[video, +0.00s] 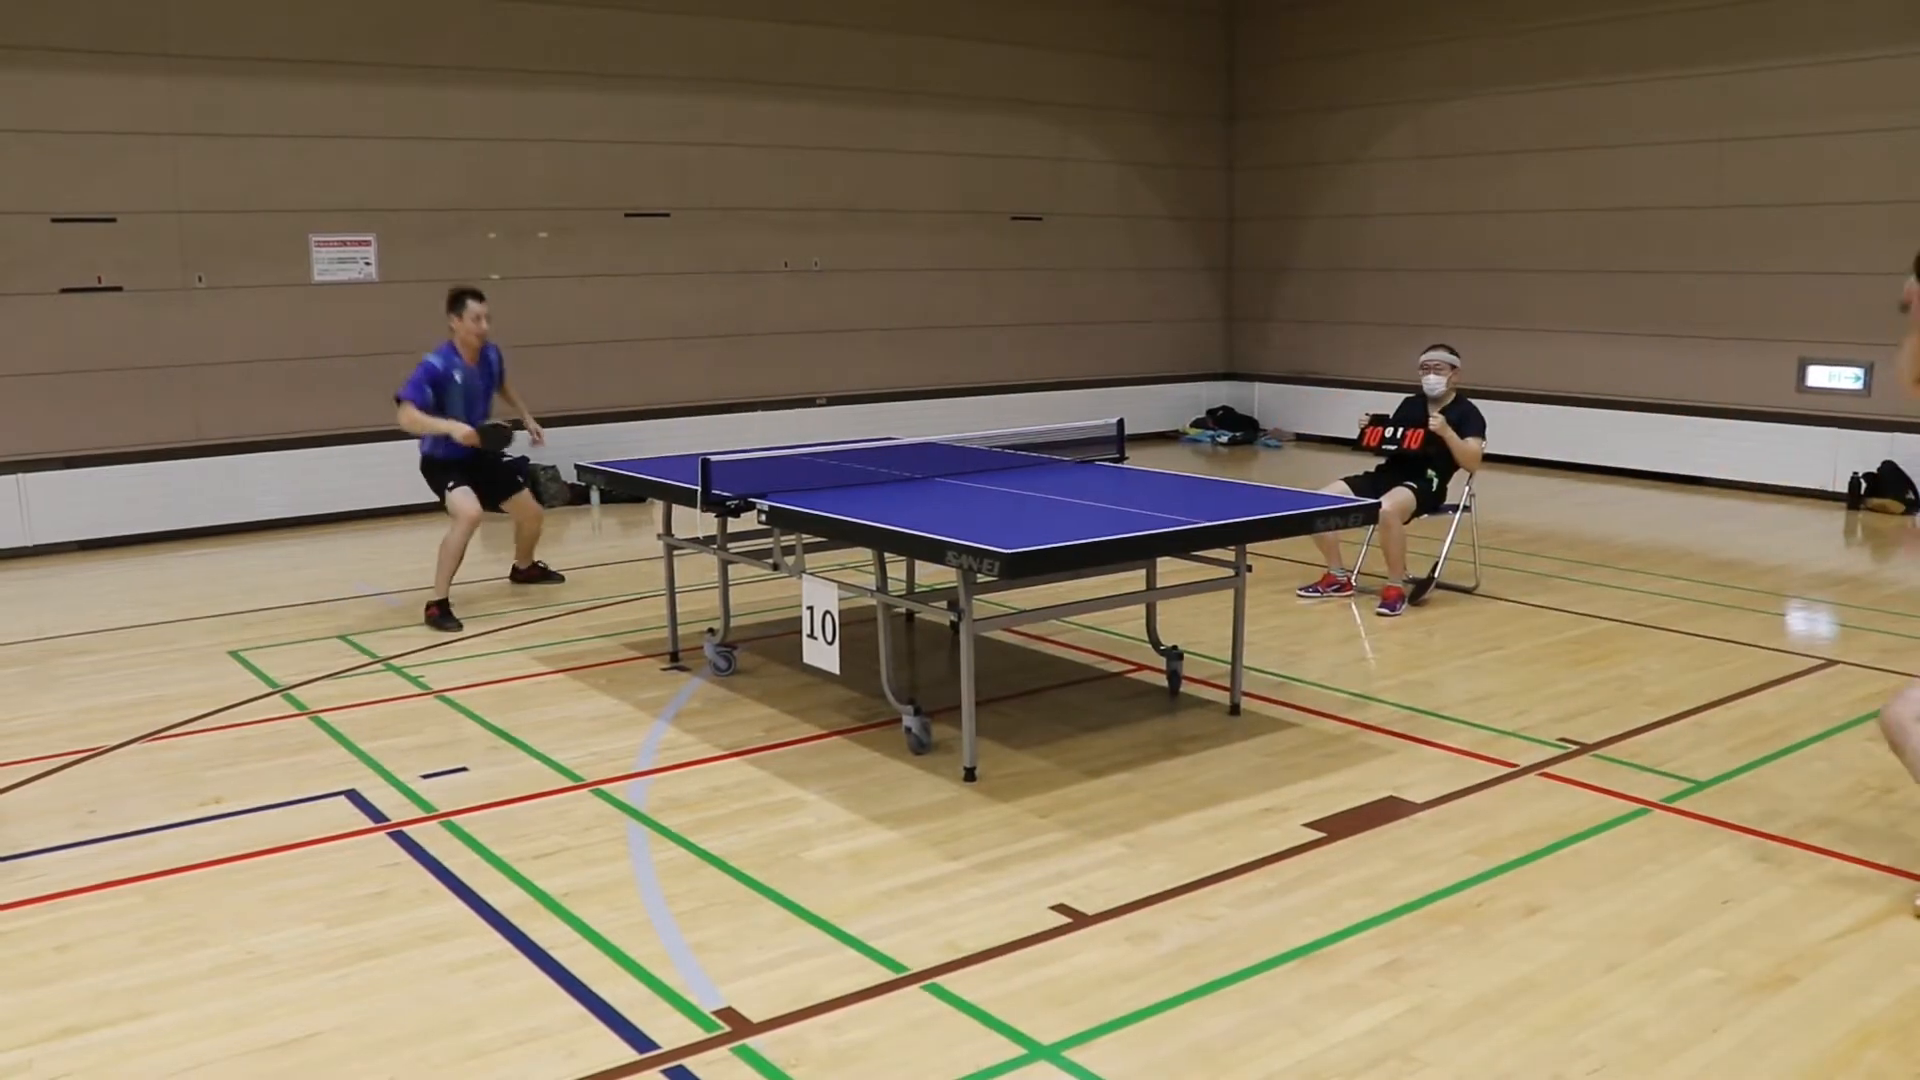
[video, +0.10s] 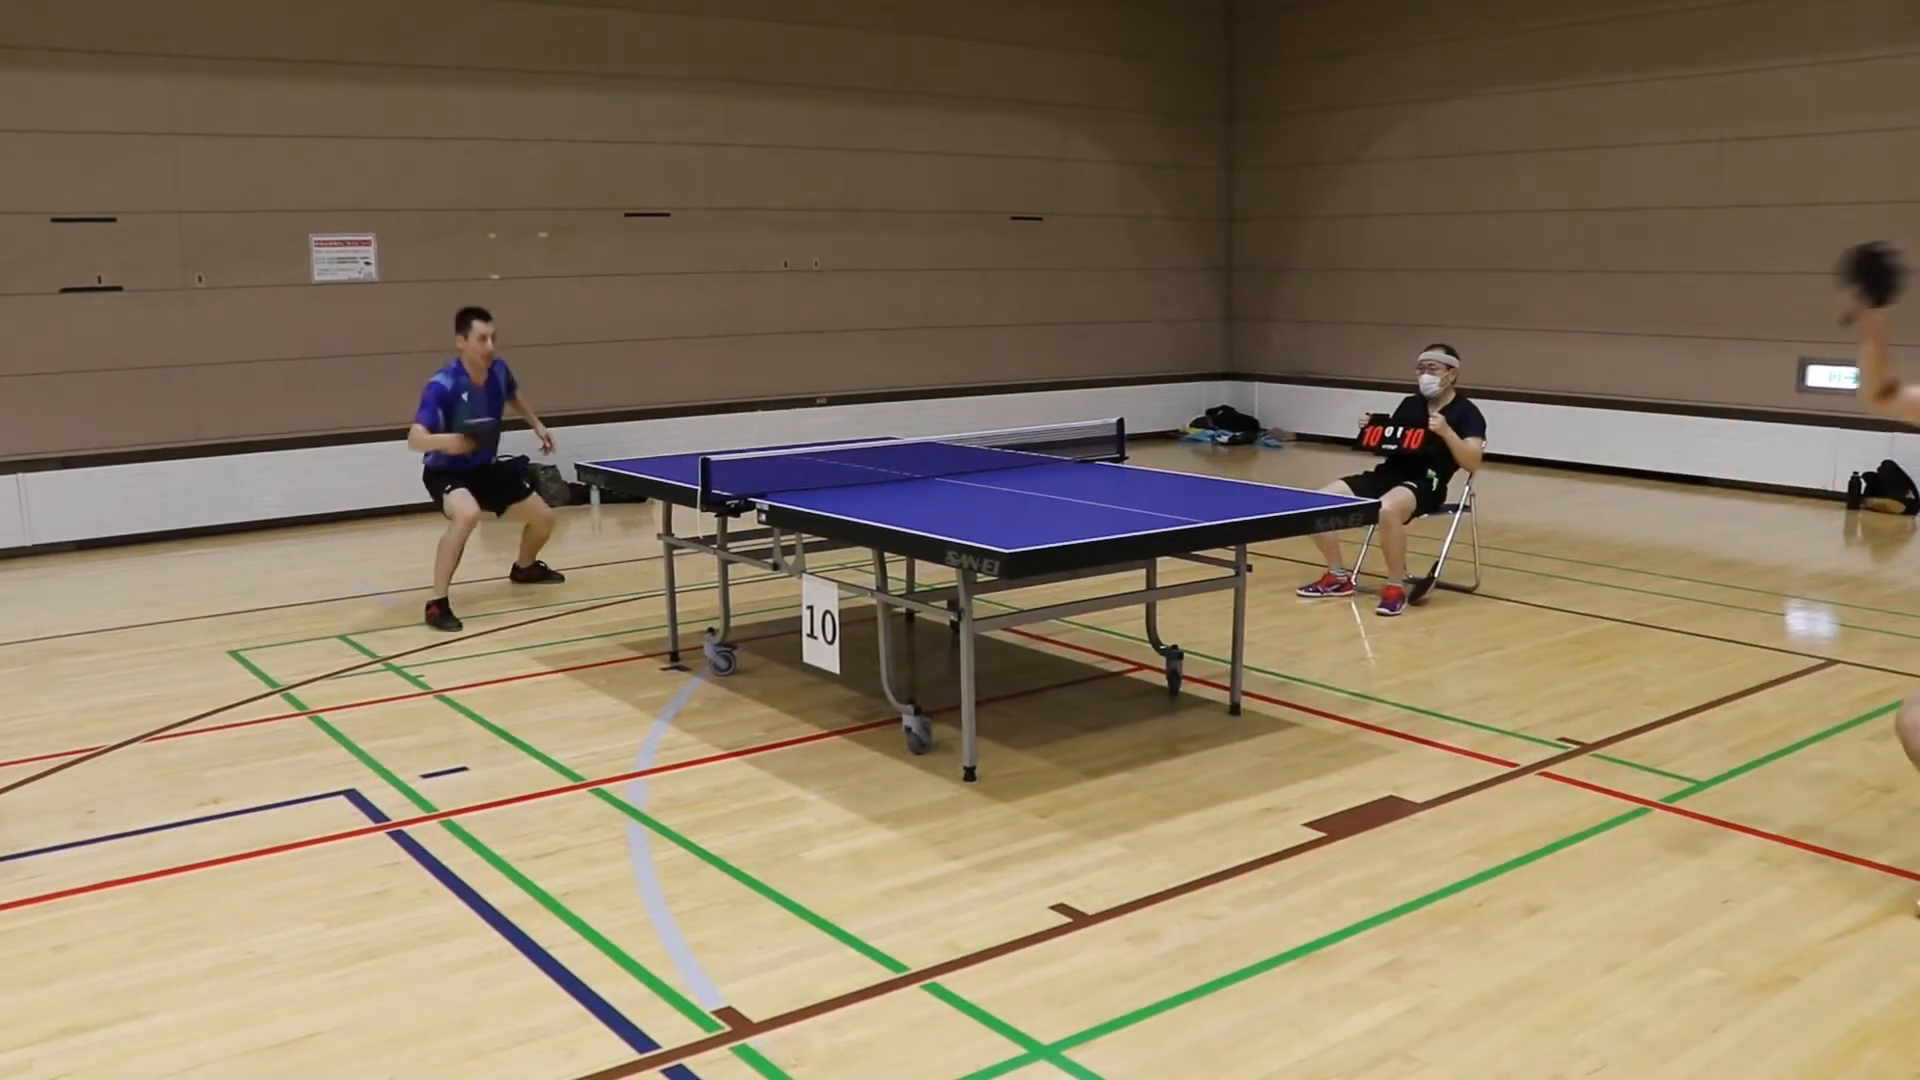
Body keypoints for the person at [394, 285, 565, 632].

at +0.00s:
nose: (484, 326)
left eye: (487, 318)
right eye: (476, 319)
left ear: (488, 320)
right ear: (454, 323)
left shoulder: (490, 355)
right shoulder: (436, 365)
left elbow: (503, 388)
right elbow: (406, 416)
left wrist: (526, 417)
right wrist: (451, 427)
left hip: (480, 454)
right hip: (441, 459)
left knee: (531, 514)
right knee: (469, 513)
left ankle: (524, 568)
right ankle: (438, 604)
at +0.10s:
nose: (490, 346)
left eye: (493, 338)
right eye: (482, 339)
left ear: (495, 339)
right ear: (461, 342)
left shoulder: (498, 372)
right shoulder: (442, 385)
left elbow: (514, 398)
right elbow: (416, 438)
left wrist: (539, 429)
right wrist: (448, 441)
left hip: (486, 469)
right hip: (446, 473)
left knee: (543, 519)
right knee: (467, 514)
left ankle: (525, 568)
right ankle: (438, 603)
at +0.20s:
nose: (476, 355)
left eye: (479, 347)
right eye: (467, 348)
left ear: (484, 348)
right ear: (449, 352)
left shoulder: (493, 377)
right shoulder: (435, 392)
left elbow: (514, 397)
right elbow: (401, 438)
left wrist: (541, 416)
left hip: (485, 474)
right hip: (443, 477)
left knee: (542, 525)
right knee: (462, 516)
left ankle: (525, 568)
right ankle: (437, 603)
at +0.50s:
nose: (447, 329)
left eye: (450, 322)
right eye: (439, 322)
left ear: (454, 324)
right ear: (418, 326)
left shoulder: (464, 355)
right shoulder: (398, 370)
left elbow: (488, 366)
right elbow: (360, 412)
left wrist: (528, 378)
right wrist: (347, 411)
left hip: (463, 451)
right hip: (421, 460)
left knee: (517, 516)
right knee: (442, 519)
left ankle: (494, 557)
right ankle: (435, 604)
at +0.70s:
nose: (446, 302)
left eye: (450, 295)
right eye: (438, 295)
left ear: (452, 298)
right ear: (417, 297)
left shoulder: (462, 336)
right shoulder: (392, 344)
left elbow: (485, 369)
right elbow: (355, 391)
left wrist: (518, 390)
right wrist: (363, 420)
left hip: (453, 440)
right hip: (410, 444)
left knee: (497, 515)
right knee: (413, 516)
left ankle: (476, 563)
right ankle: (379, 597)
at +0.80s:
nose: (449, 311)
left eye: (452, 304)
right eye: (441, 304)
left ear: (455, 307)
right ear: (419, 307)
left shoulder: (461, 349)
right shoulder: (395, 356)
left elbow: (484, 385)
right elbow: (366, 410)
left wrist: (522, 403)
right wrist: (393, 434)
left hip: (450, 452)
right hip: (408, 453)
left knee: (495, 528)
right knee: (408, 530)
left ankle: (472, 577)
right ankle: (360, 611)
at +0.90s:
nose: (457, 305)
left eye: (460, 298)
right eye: (449, 299)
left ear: (462, 302)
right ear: (428, 303)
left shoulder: (469, 341)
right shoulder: (408, 351)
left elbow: (488, 367)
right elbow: (382, 403)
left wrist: (529, 385)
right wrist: (421, 422)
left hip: (464, 449)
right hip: (423, 453)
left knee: (504, 519)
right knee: (415, 529)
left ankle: (474, 576)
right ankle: (362, 610)